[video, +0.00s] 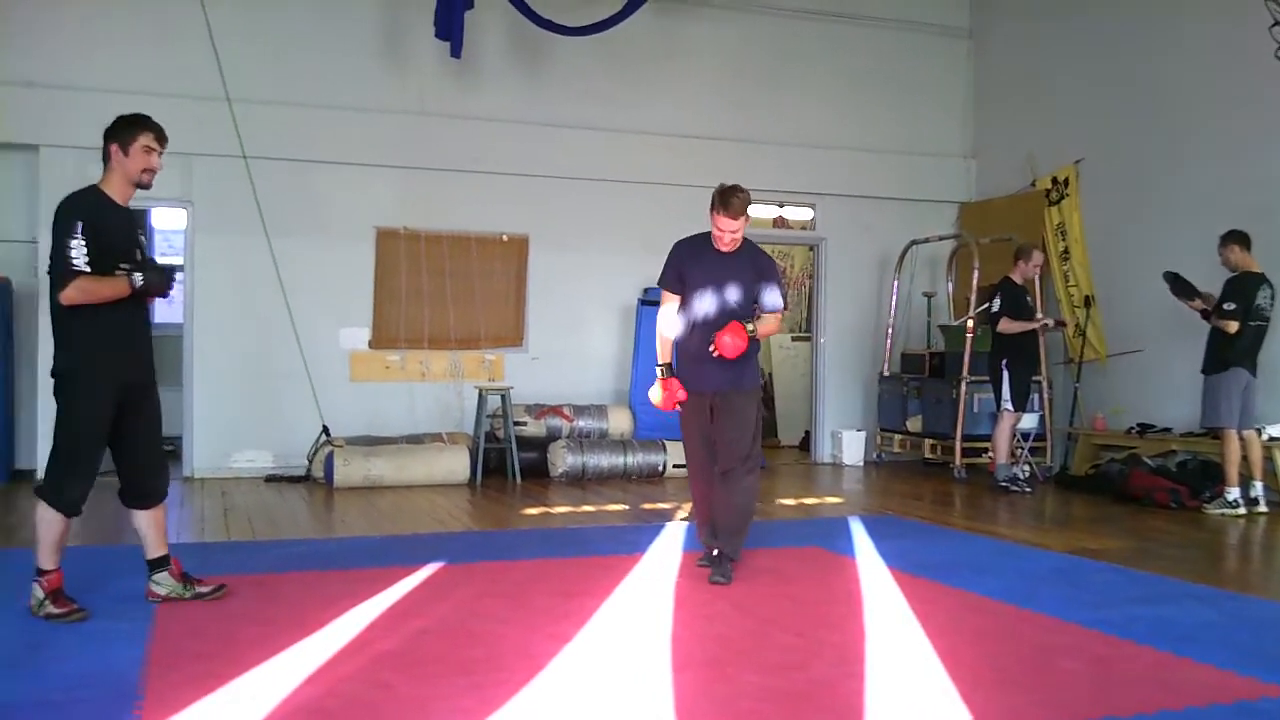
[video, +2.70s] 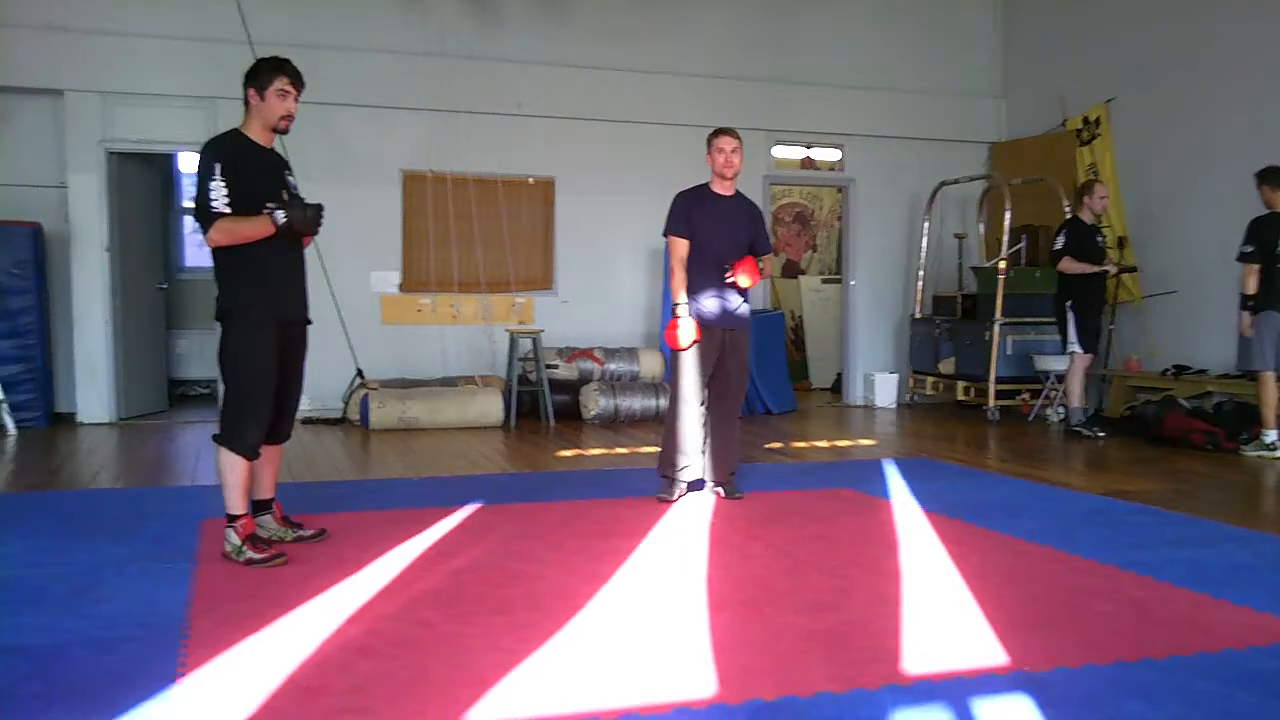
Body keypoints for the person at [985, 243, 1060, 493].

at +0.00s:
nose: (1038, 271)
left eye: (1040, 267)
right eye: (1035, 266)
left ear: (1024, 266)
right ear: (1020, 264)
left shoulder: (1021, 290)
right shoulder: (1005, 288)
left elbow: (1023, 322)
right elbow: (1000, 325)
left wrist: (1049, 324)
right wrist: (1035, 324)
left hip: (1020, 361)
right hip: (1007, 361)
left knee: (1012, 415)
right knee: (1008, 415)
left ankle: (1005, 468)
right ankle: (1001, 471)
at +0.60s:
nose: (1041, 255)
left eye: (1042, 250)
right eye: (1037, 249)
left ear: (1027, 252)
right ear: (1021, 251)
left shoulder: (1026, 281)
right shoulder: (1009, 278)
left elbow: (1025, 313)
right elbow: (1005, 315)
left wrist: (1051, 314)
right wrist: (1040, 315)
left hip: (1024, 351)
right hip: (1011, 350)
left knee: (1014, 405)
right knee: (1012, 405)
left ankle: (1007, 459)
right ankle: (1005, 462)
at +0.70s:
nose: (1033, 230)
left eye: (1035, 225)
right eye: (1029, 225)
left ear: (1020, 228)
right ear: (1014, 226)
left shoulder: (1019, 256)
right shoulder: (1001, 253)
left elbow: (1017, 287)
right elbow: (998, 290)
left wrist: (1041, 289)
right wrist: (1032, 290)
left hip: (1017, 324)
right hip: (1004, 324)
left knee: (1007, 377)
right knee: (1005, 377)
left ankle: (998, 429)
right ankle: (998, 432)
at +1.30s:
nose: (1053, 208)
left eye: (1054, 203)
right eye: (1049, 203)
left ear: (1048, 206)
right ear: (1033, 204)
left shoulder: (1039, 237)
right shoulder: (1020, 233)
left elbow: (1036, 270)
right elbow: (1015, 271)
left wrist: (1060, 272)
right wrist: (1050, 273)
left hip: (1039, 307)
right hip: (1022, 307)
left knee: (1041, 362)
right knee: (1024, 362)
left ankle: (1026, 415)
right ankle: (1013, 420)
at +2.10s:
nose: (1085, 205)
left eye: (1086, 200)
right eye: (1081, 200)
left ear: (1077, 203)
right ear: (1065, 201)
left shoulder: (1076, 233)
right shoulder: (1049, 229)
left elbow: (1074, 266)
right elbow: (1042, 266)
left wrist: (1097, 270)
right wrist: (1081, 270)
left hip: (1072, 304)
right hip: (1052, 304)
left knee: (1068, 359)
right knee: (1049, 359)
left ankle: (1065, 417)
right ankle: (1028, 416)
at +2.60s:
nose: (1096, 205)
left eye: (1097, 200)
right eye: (1092, 200)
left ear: (1087, 202)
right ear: (1077, 201)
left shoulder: (1087, 233)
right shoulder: (1060, 229)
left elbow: (1085, 264)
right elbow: (1049, 265)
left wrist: (1100, 269)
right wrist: (1085, 270)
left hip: (1078, 302)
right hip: (1061, 302)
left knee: (1071, 359)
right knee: (1066, 358)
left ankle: (1064, 418)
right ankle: (1059, 420)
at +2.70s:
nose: (1106, 203)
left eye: (1107, 198)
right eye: (1101, 198)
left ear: (1098, 200)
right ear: (1086, 199)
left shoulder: (1096, 230)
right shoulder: (1071, 226)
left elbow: (1095, 260)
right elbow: (1061, 262)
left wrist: (1110, 266)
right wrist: (1096, 268)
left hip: (1091, 300)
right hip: (1075, 300)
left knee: (1086, 357)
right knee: (1080, 357)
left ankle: (1078, 416)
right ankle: (1075, 419)